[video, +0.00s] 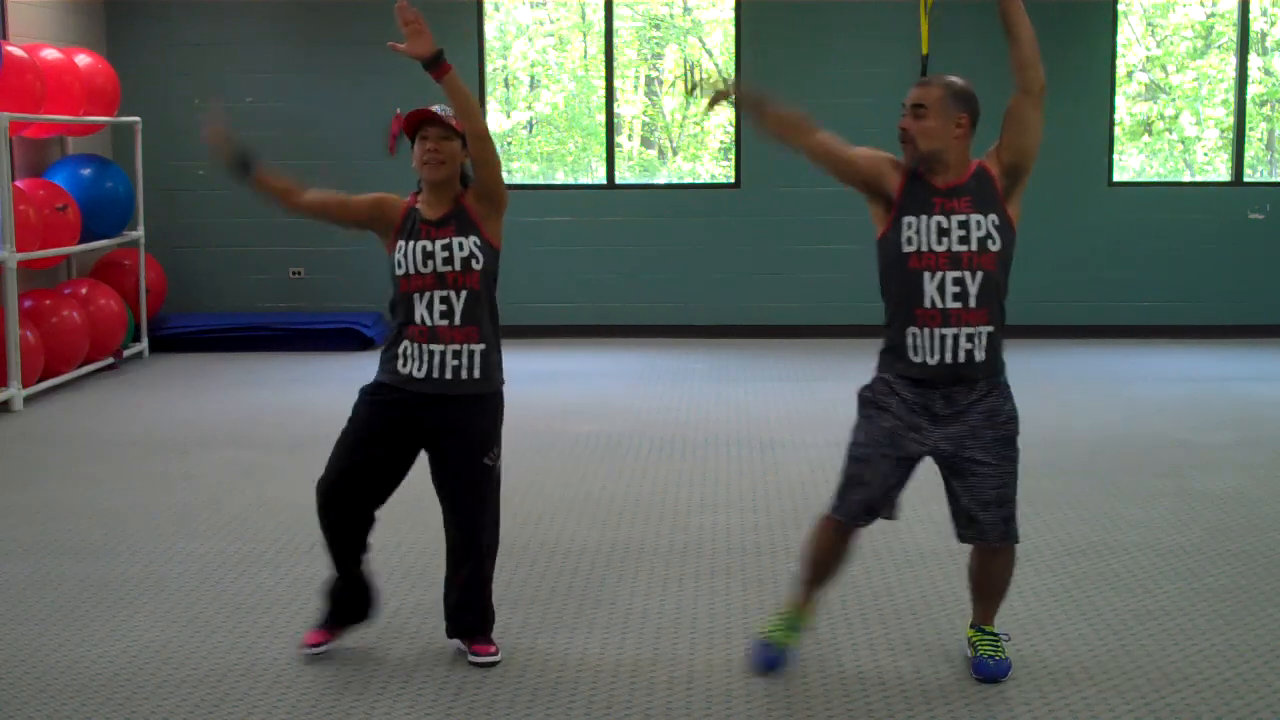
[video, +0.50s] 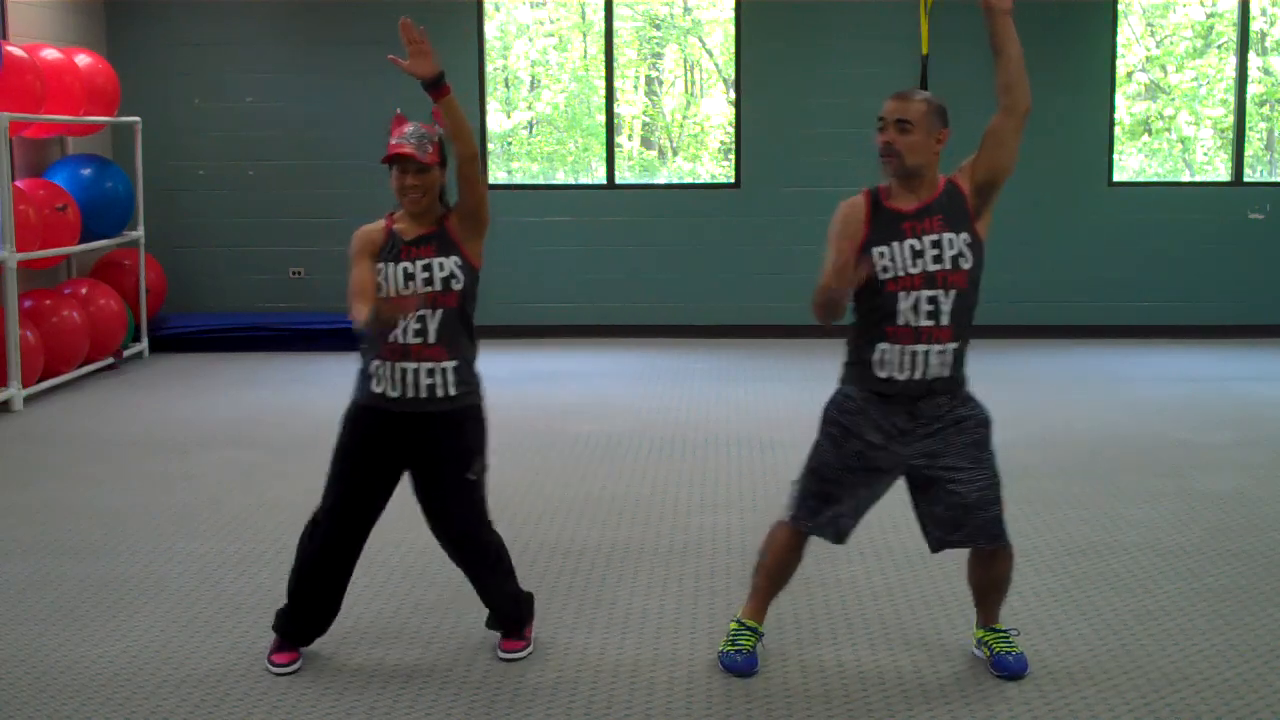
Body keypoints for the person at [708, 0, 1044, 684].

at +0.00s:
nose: (906, 123)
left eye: (920, 113)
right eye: (906, 113)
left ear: (964, 125)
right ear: (908, 122)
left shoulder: (1000, 179)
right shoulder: (888, 180)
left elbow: (1031, 87)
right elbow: (812, 139)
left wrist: (1011, 4)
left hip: (980, 399)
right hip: (899, 395)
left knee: (996, 532)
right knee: (847, 511)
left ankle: (984, 630)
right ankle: (795, 614)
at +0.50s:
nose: (886, 139)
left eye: (901, 128)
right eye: (882, 128)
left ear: (939, 138)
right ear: (876, 137)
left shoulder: (971, 194)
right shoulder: (857, 213)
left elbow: (1015, 107)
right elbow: (824, 312)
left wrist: (1000, 13)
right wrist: (842, 283)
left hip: (945, 409)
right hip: (865, 408)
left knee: (990, 534)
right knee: (800, 519)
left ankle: (991, 630)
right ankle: (748, 623)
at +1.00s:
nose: (968, 118)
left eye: (981, 106)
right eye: (954, 107)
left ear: (1002, 117)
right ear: (937, 120)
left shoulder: (1027, 176)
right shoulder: (925, 183)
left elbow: (1042, 79)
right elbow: (917, 91)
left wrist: (1010, 1)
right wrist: (950, 8)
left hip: (1014, 391)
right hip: (936, 391)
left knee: (1032, 520)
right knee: (925, 519)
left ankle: (996, 621)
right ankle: (943, 622)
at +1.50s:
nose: (1065, 123)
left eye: (1066, 113)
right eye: (1050, 114)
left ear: (1065, 124)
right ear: (1008, 130)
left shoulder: (1091, 178)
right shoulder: (976, 183)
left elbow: (1180, 192)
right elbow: (960, 85)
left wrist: (1251, 203)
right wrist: (991, 7)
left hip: (1079, 395)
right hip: (996, 399)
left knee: (1126, 518)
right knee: (965, 523)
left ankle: (1160, 627)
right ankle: (948, 623)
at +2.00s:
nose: (1030, 129)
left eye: (1034, 119)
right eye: (1015, 118)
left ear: (1036, 132)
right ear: (976, 130)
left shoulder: (1047, 200)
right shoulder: (942, 182)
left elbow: (1122, 231)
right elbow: (928, 94)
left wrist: (1096, 178)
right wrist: (948, 12)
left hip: (1027, 394)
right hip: (951, 397)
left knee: (1063, 522)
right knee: (942, 530)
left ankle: (1045, 610)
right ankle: (944, 628)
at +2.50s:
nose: (915, 123)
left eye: (931, 113)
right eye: (914, 113)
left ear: (973, 127)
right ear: (913, 126)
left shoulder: (1006, 182)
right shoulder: (899, 186)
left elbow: (1029, 95)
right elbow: (848, 111)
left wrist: (1007, 10)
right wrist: (872, 38)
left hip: (992, 397)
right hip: (914, 396)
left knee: (999, 529)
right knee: (895, 520)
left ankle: (981, 629)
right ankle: (908, 613)